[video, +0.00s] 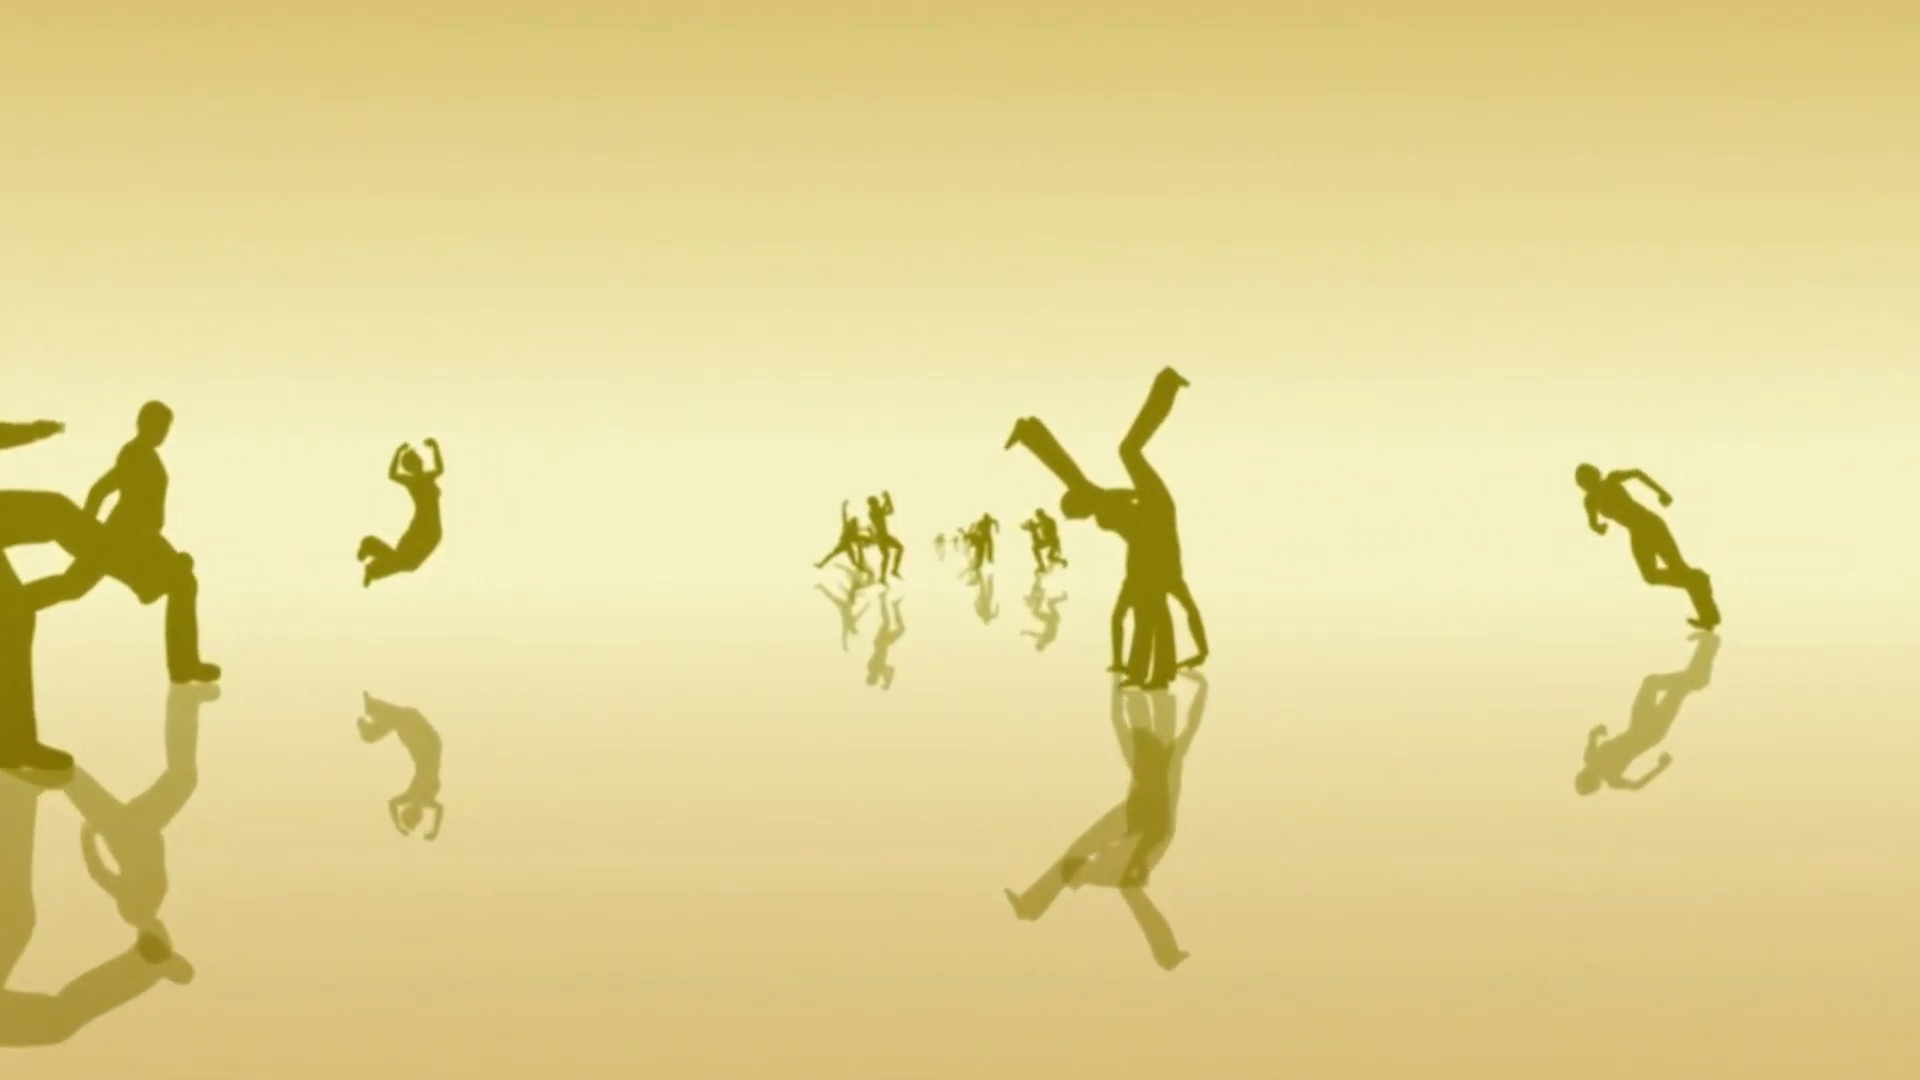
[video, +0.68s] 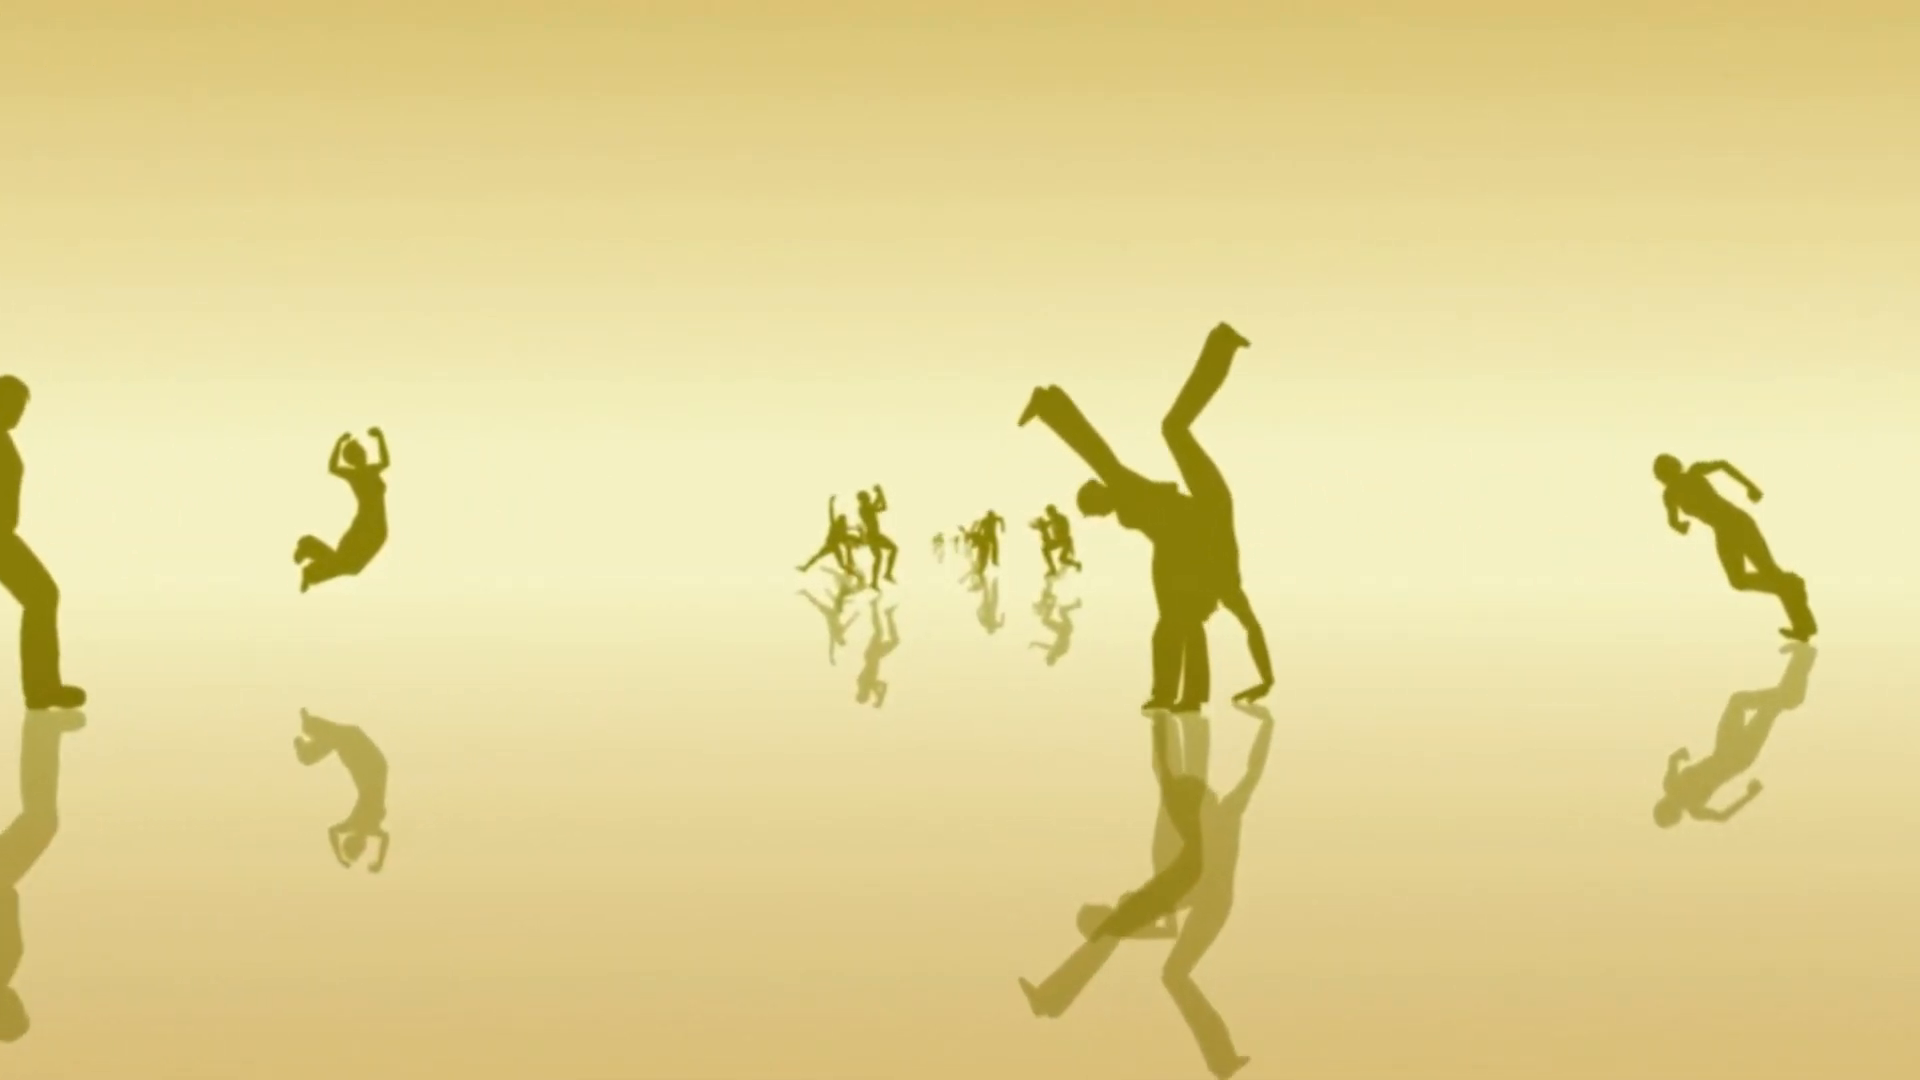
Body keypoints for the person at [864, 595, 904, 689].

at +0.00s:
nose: (874, 681)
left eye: (873, 681)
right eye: (873, 682)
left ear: (870, 677)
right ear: (872, 678)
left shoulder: (874, 666)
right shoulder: (879, 667)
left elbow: (890, 670)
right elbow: (890, 670)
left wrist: (887, 683)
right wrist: (887, 683)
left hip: (880, 641)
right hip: (886, 642)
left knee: (886, 622)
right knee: (901, 629)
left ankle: (882, 598)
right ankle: (896, 606)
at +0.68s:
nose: (864, 699)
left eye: (863, 699)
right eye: (864, 700)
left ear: (860, 693)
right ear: (863, 694)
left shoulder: (864, 682)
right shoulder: (870, 684)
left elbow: (882, 685)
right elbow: (882, 686)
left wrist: (879, 700)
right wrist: (879, 700)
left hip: (870, 654)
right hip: (877, 654)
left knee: (878, 632)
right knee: (895, 641)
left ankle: (874, 605)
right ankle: (889, 615)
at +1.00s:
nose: (862, 707)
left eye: (860, 707)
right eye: (860, 707)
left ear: (857, 701)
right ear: (859, 702)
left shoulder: (860, 689)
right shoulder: (866, 691)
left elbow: (879, 693)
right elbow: (879, 693)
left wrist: (876, 708)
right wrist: (876, 708)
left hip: (867, 660)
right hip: (874, 660)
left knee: (874, 636)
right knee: (892, 645)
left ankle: (870, 608)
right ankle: (886, 618)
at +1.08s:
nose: (859, 710)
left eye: (857, 711)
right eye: (858, 711)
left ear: (854, 705)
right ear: (857, 706)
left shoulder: (858, 692)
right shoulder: (864, 694)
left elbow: (878, 696)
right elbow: (877, 696)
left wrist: (874, 712)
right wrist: (874, 712)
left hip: (864, 663)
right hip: (872, 663)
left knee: (873, 638)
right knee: (891, 649)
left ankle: (868, 610)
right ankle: (885, 620)